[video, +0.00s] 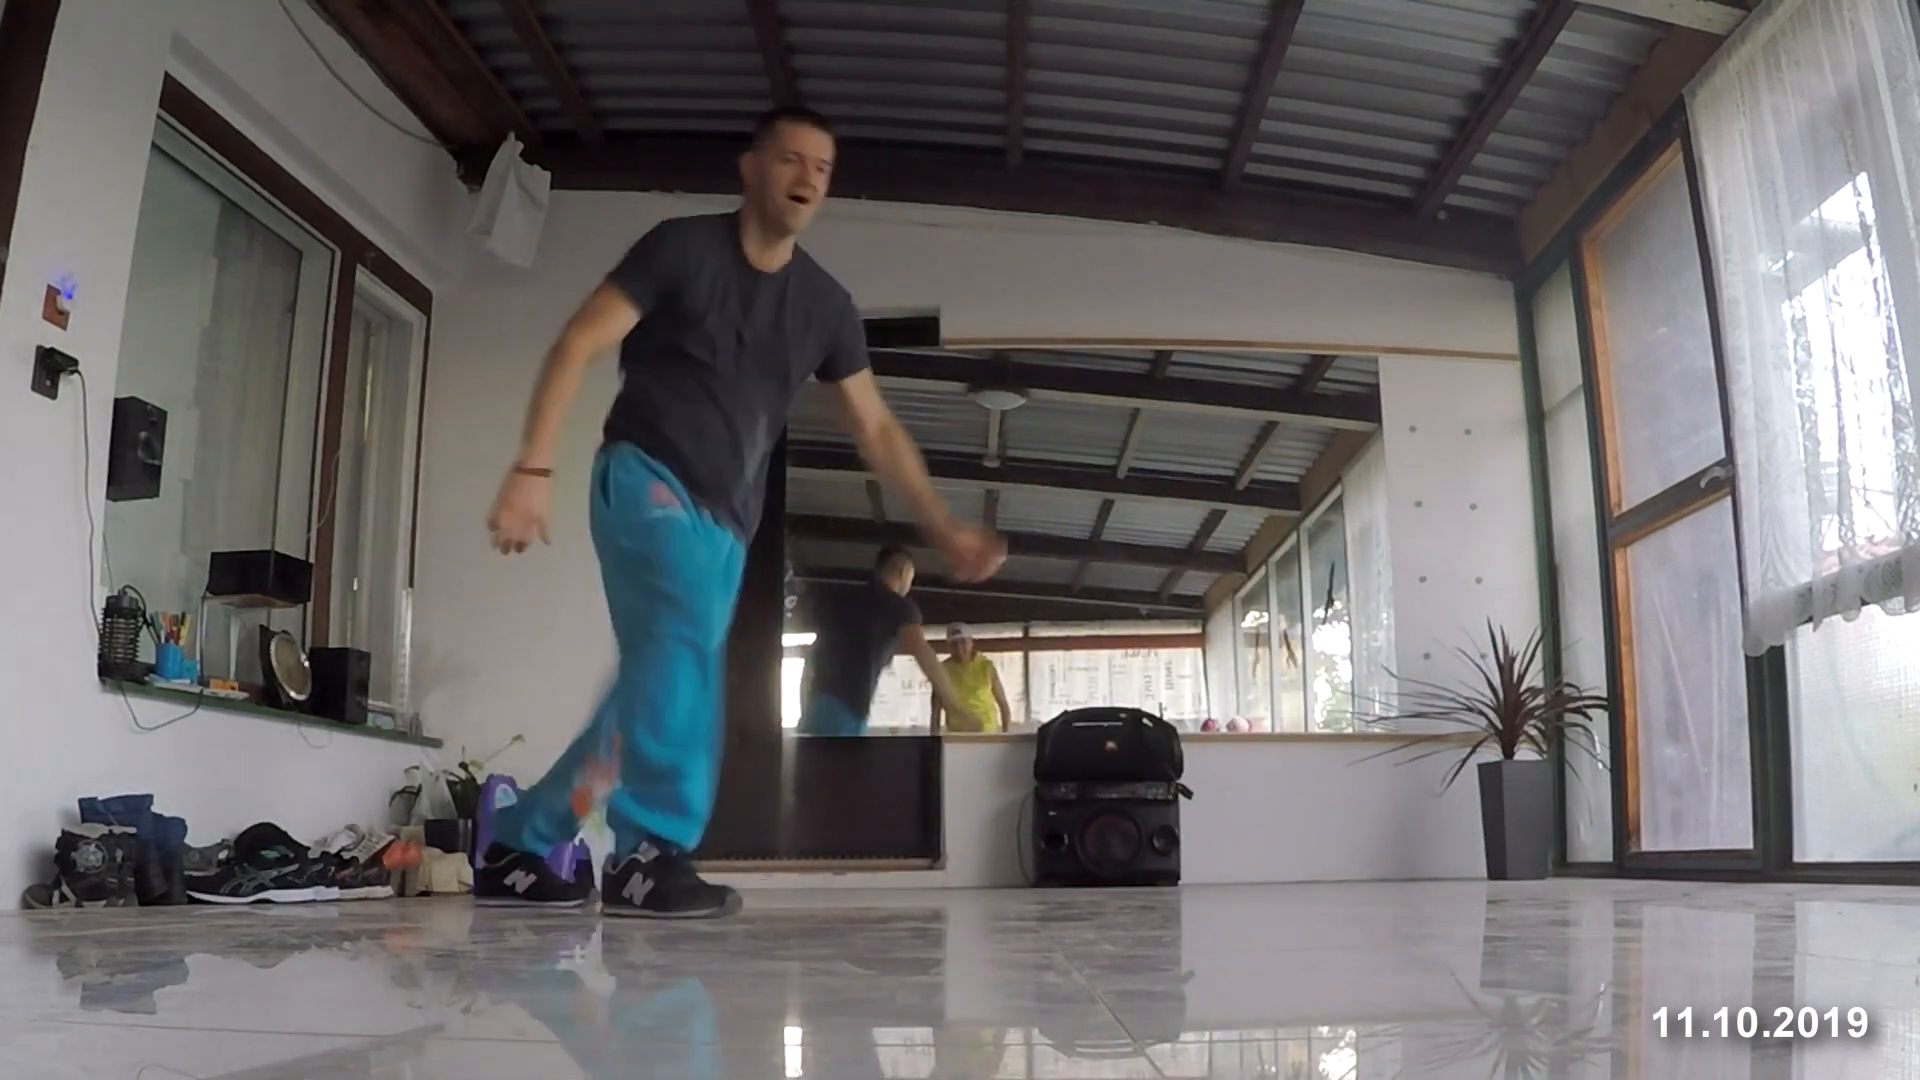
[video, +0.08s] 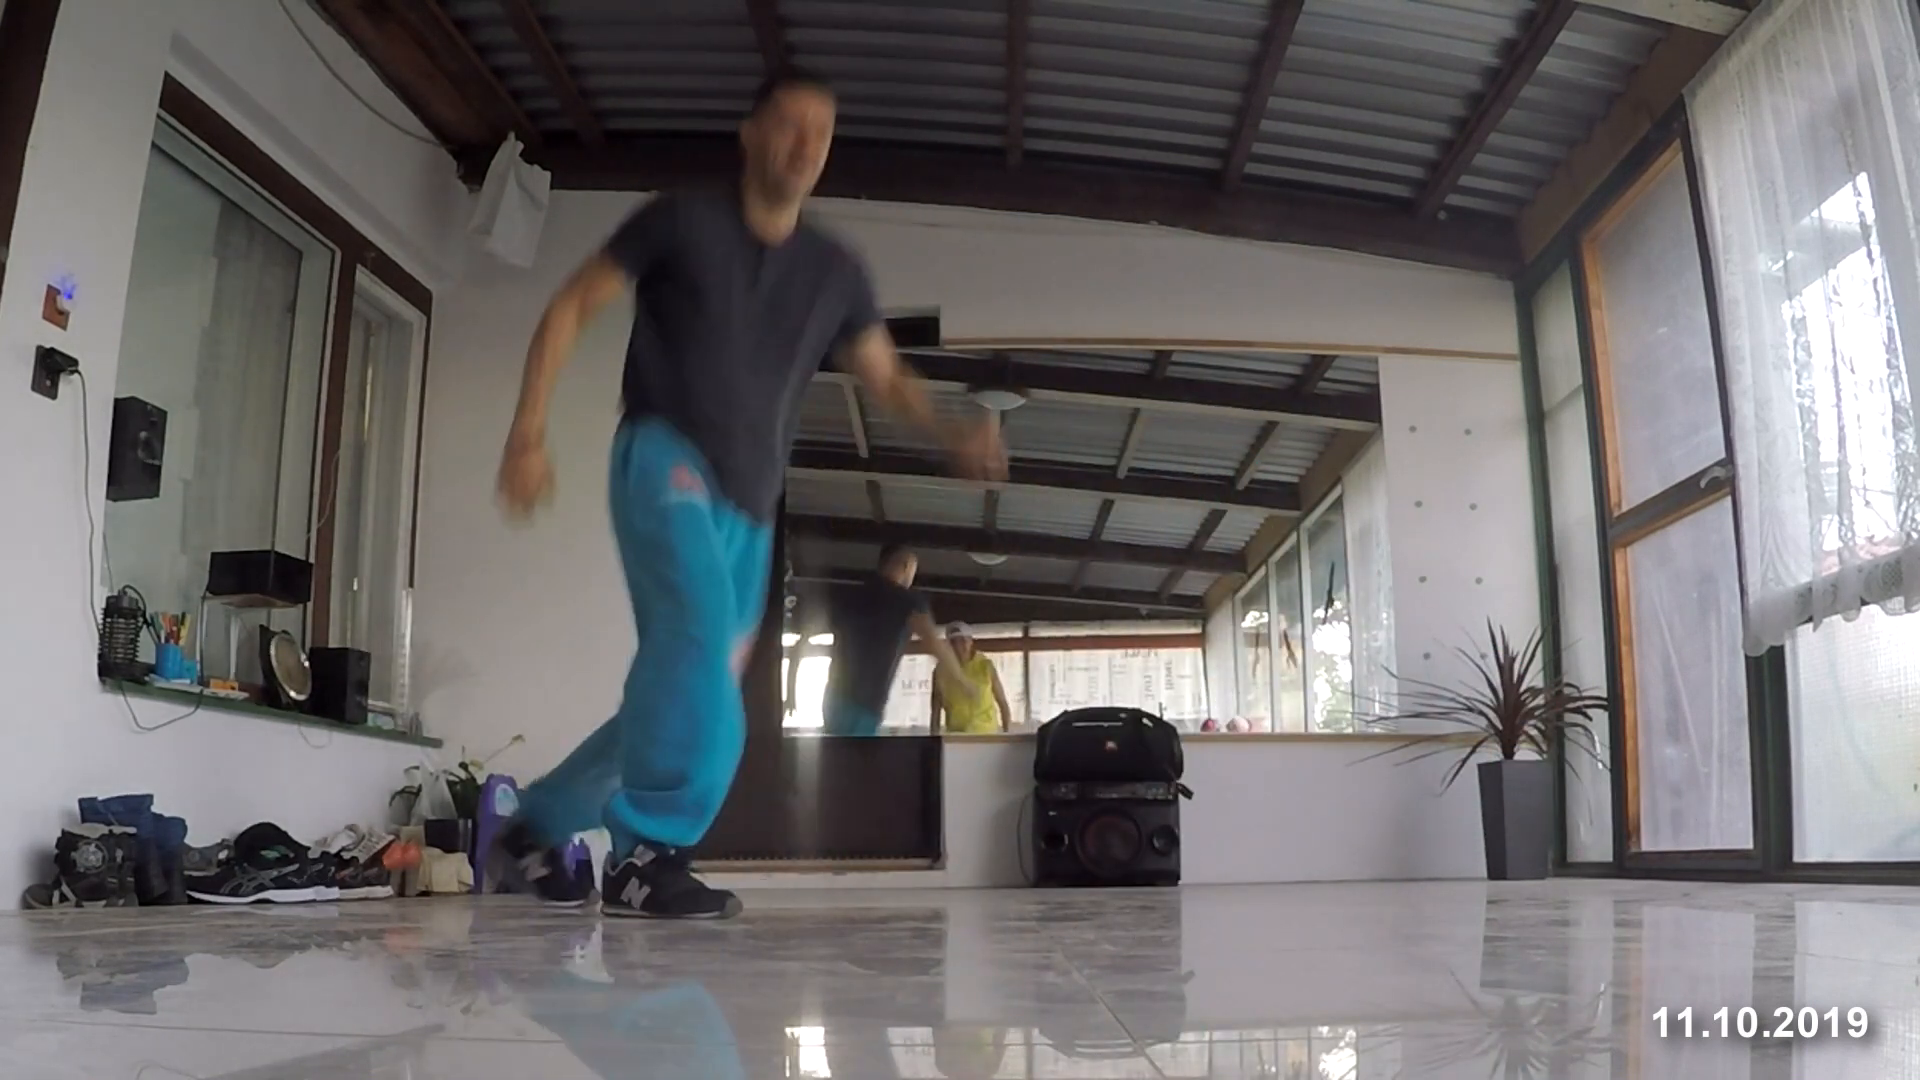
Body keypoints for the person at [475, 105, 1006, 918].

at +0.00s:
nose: (807, 181)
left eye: (820, 171)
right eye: (791, 162)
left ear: (827, 187)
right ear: (748, 166)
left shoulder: (826, 305)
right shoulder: (683, 248)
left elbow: (877, 427)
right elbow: (574, 344)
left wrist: (944, 528)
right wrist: (529, 469)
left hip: (727, 518)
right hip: (646, 479)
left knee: (666, 674)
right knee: (679, 642)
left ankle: (521, 839)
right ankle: (651, 852)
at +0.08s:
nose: (799, 146)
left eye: (816, 136)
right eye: (786, 125)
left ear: (828, 155)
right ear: (749, 132)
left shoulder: (835, 270)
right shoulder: (684, 219)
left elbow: (889, 381)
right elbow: (568, 305)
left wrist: (953, 431)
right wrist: (526, 434)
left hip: (751, 500)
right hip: (666, 457)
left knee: (694, 684)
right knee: (699, 643)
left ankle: (528, 829)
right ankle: (651, 856)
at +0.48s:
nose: (913, 67)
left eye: (930, 61)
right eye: (901, 47)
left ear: (937, 87)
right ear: (858, 55)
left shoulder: (953, 185)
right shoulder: (777, 163)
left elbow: (1026, 321)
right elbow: (721, 299)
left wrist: (1085, 438)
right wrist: (732, 403)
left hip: (903, 430)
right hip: (801, 442)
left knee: (860, 629)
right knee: (802, 649)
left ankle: (800, 844)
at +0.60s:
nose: (916, 76)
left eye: (931, 69)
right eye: (900, 59)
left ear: (941, 94)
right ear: (854, 74)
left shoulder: (973, 185)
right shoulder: (796, 191)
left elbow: (1044, 317)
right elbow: (758, 339)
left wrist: (1097, 437)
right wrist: (794, 453)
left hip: (952, 437)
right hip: (855, 458)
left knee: (886, 630)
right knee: (911, 658)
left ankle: (805, 841)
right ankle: (1082, 824)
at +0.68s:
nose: (890, 95)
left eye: (903, 81)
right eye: (870, 83)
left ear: (923, 99)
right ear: (837, 107)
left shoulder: (985, 176)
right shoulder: (822, 243)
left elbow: (1087, 287)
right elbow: (798, 385)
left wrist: (1157, 386)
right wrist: (857, 491)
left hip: (1013, 439)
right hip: (931, 467)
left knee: (914, 621)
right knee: (936, 649)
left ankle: (829, 845)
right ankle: (1106, 831)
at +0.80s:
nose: (874, 129)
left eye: (885, 115)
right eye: (853, 126)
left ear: (915, 134)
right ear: (837, 166)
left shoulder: (1001, 169)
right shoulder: (862, 282)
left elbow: (1140, 172)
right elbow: (865, 419)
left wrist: (1262, 171)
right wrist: (916, 519)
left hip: (1082, 423)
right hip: (1001, 462)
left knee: (981, 590)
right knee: (971, 652)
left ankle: (973, 817)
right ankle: (1113, 846)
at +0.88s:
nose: (887, 122)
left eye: (898, 102)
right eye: (867, 116)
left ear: (930, 110)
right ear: (852, 146)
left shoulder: (1012, 145)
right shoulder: (883, 261)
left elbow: (1147, 105)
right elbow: (908, 394)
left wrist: (1238, 29)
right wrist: (951, 493)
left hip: (1103, 386)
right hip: (1027, 435)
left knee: (1057, 546)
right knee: (1010, 655)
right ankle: (1108, 836)